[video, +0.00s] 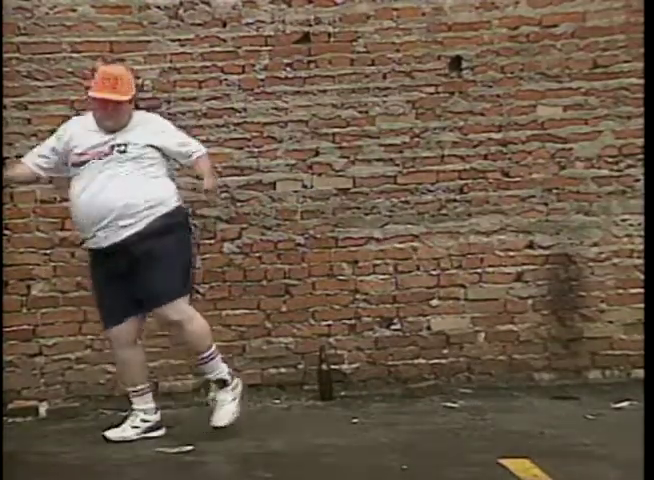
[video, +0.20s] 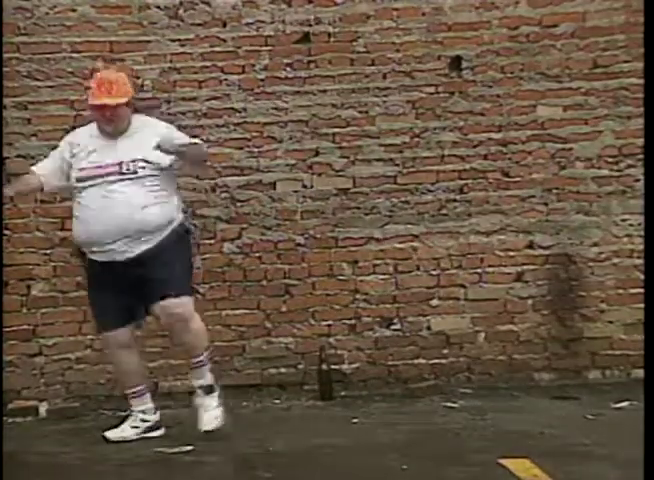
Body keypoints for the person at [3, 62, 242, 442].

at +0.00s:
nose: (105, 109)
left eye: (115, 102)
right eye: (99, 101)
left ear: (131, 101)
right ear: (90, 99)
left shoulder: (150, 125)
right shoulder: (73, 131)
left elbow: (195, 153)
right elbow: (33, 166)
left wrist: (208, 177)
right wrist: (7, 172)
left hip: (160, 230)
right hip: (107, 247)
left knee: (173, 311)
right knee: (122, 335)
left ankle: (223, 382)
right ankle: (145, 414)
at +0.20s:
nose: (107, 114)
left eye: (115, 107)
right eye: (100, 107)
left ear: (130, 103)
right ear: (90, 106)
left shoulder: (153, 130)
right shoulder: (76, 142)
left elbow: (202, 162)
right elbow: (41, 177)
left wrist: (178, 149)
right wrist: (10, 189)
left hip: (161, 242)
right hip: (103, 256)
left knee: (176, 311)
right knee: (116, 337)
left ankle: (206, 390)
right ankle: (144, 414)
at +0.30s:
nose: (102, 104)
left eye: (110, 97)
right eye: (96, 98)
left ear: (130, 92)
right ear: (89, 97)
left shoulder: (157, 118)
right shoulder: (82, 135)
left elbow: (194, 151)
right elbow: (64, 181)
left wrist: (175, 168)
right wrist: (50, 205)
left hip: (162, 241)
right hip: (104, 248)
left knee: (168, 323)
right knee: (120, 330)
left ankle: (172, 410)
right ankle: (139, 408)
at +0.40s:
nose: (104, 112)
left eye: (111, 104)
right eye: (98, 106)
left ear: (130, 97)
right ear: (92, 105)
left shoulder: (162, 122)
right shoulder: (91, 140)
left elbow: (192, 166)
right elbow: (86, 190)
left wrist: (176, 201)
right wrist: (74, 232)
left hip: (160, 246)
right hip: (106, 248)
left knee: (156, 332)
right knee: (113, 331)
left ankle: (159, 412)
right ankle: (129, 405)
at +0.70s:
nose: (138, 116)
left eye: (145, 109)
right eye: (130, 109)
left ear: (155, 105)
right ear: (115, 104)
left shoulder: (175, 137)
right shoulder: (96, 130)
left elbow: (212, 181)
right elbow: (70, 159)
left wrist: (205, 228)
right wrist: (65, 197)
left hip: (162, 256)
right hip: (102, 253)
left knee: (159, 335)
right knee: (97, 325)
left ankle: (159, 413)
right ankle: (117, 404)